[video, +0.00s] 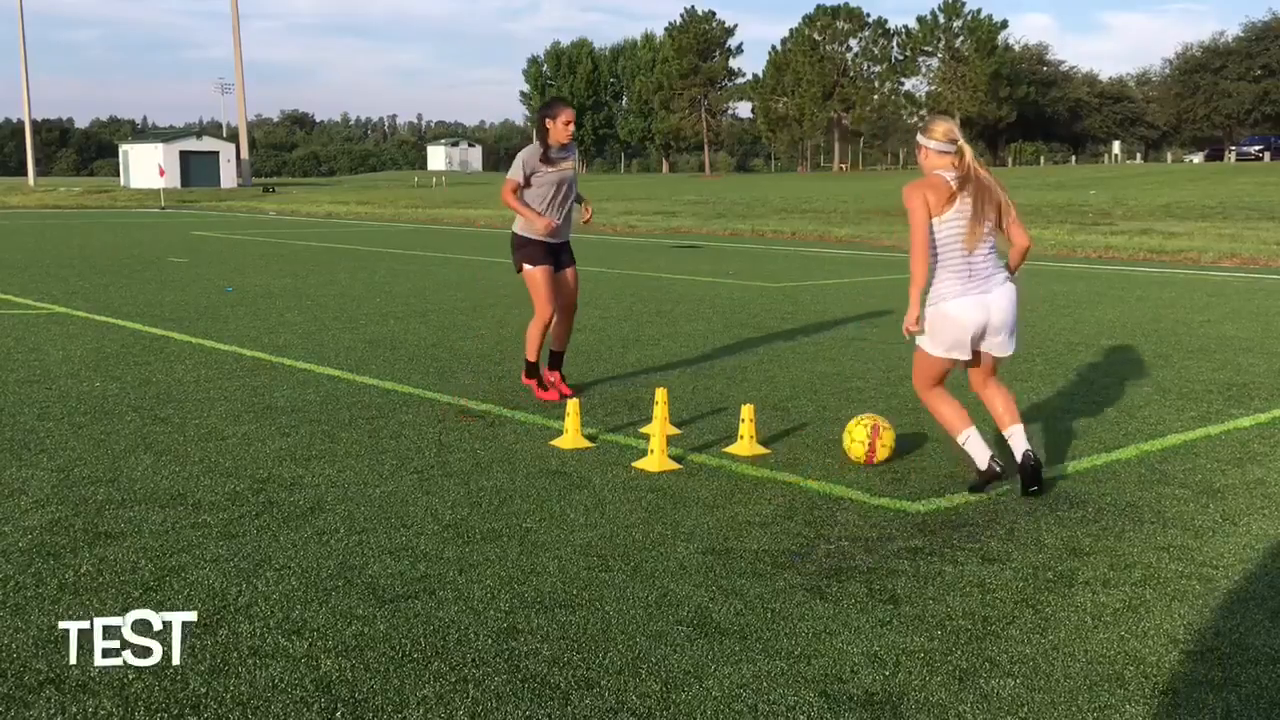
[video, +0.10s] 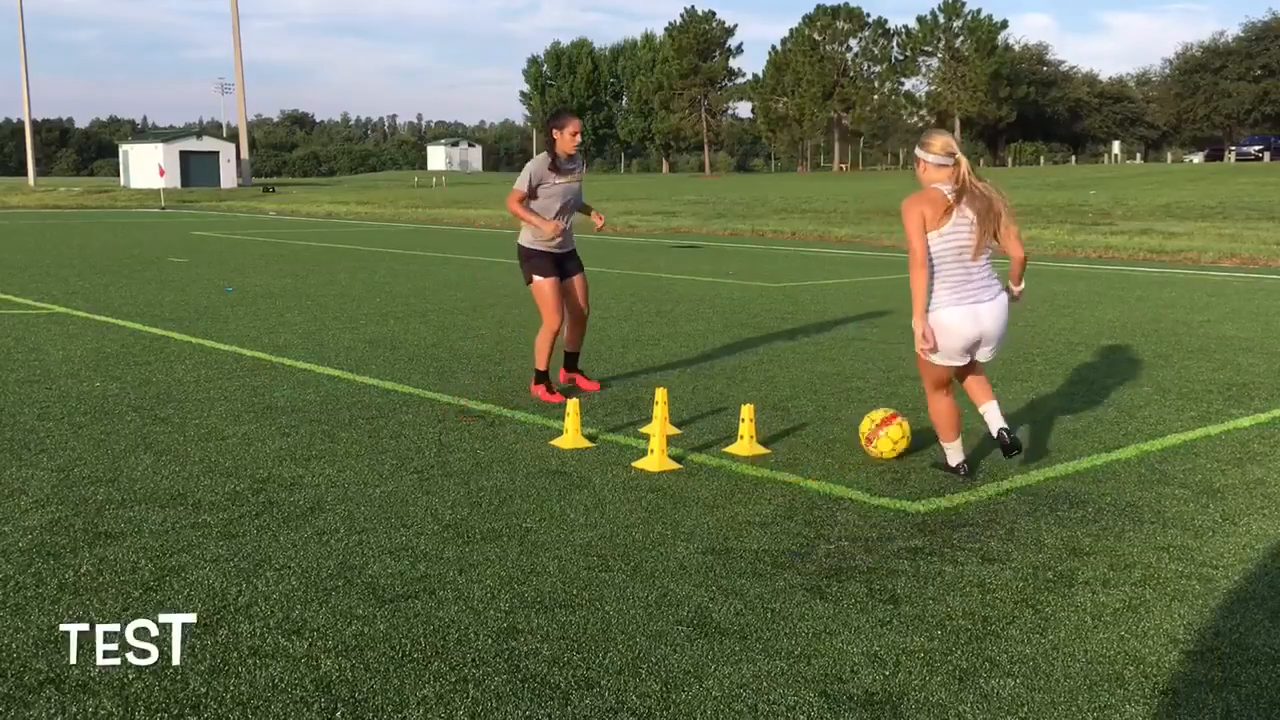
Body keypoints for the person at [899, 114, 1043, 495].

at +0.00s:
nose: (918, 156)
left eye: (919, 150)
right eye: (919, 149)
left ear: (928, 151)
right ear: (957, 149)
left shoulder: (920, 189)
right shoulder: (986, 183)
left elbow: (921, 252)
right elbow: (1022, 242)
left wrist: (914, 303)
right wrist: (1006, 274)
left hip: (954, 306)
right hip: (1000, 299)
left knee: (927, 383)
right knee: (984, 376)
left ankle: (986, 462)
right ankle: (1025, 454)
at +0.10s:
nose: (916, 169)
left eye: (917, 164)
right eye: (917, 164)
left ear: (923, 165)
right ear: (956, 162)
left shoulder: (917, 204)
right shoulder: (984, 196)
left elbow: (920, 263)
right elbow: (1017, 252)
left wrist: (919, 318)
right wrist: (1016, 284)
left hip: (946, 316)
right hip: (992, 308)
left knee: (939, 388)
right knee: (968, 366)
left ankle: (956, 461)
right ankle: (1000, 427)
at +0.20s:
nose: (916, 180)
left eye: (916, 174)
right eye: (917, 174)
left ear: (922, 175)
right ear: (954, 172)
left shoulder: (918, 216)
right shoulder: (984, 210)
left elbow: (912, 279)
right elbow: (1010, 268)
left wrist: (905, 332)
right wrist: (1017, 299)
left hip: (939, 328)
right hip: (982, 329)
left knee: (919, 378)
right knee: (944, 358)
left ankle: (955, 459)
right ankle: (951, 423)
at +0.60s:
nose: (899, 176)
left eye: (900, 170)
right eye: (900, 170)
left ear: (907, 172)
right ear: (936, 172)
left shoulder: (903, 212)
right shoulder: (954, 211)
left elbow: (887, 272)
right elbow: (969, 273)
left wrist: (854, 313)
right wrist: (961, 315)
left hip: (922, 321)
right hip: (959, 319)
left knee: (860, 378)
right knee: (913, 372)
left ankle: (908, 446)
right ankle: (944, 446)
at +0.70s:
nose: (889, 169)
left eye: (890, 163)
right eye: (890, 163)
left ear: (899, 164)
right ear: (925, 163)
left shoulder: (896, 204)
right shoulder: (945, 202)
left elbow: (879, 261)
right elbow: (961, 264)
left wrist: (836, 291)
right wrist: (958, 312)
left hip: (916, 317)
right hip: (951, 313)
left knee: (854, 380)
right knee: (918, 373)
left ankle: (893, 457)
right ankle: (942, 446)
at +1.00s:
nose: (841, 134)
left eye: (843, 127)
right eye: (842, 127)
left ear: (852, 129)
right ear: (880, 130)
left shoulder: (860, 162)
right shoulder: (902, 165)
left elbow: (882, 206)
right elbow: (924, 226)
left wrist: (861, 257)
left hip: (896, 279)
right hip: (928, 276)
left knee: (852, 371)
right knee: (886, 370)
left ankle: (882, 470)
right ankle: (914, 461)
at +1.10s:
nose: (830, 152)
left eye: (830, 144)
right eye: (830, 144)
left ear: (841, 145)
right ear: (869, 144)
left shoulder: (850, 187)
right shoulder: (893, 182)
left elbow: (867, 252)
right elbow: (906, 241)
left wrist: (842, 295)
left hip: (888, 302)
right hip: (923, 297)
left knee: (832, 389)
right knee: (883, 392)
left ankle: (854, 491)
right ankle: (917, 483)